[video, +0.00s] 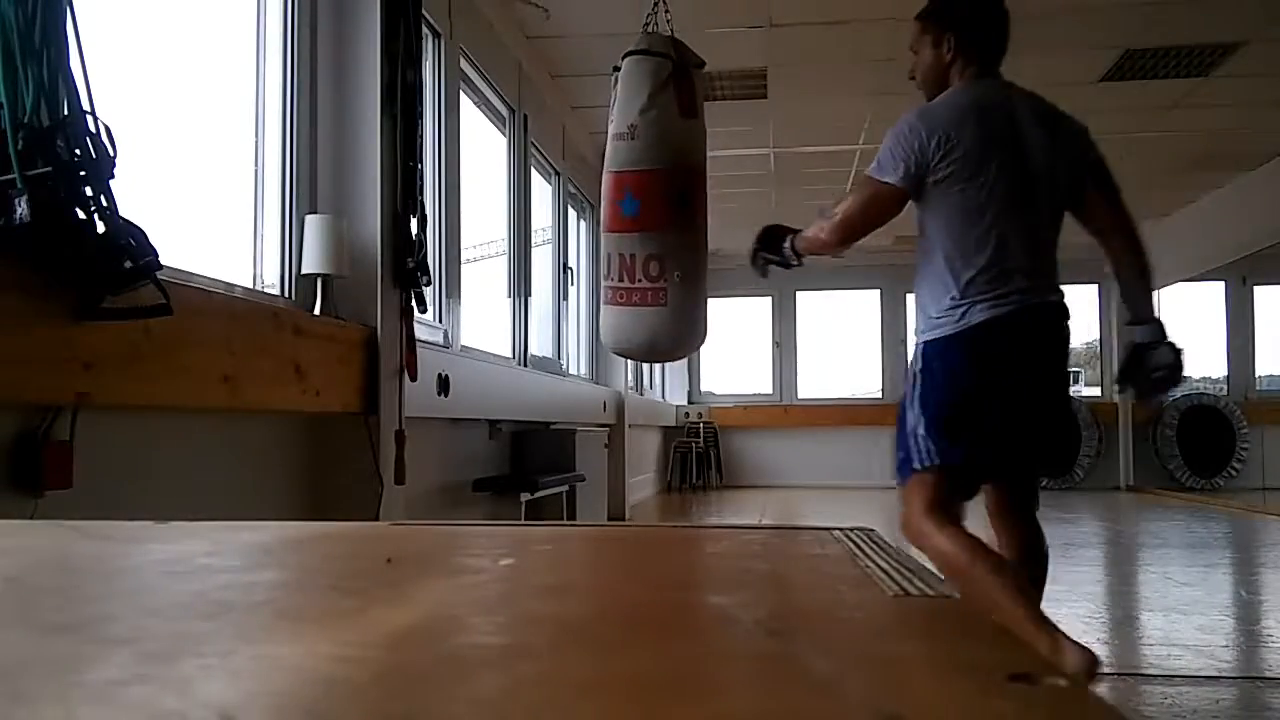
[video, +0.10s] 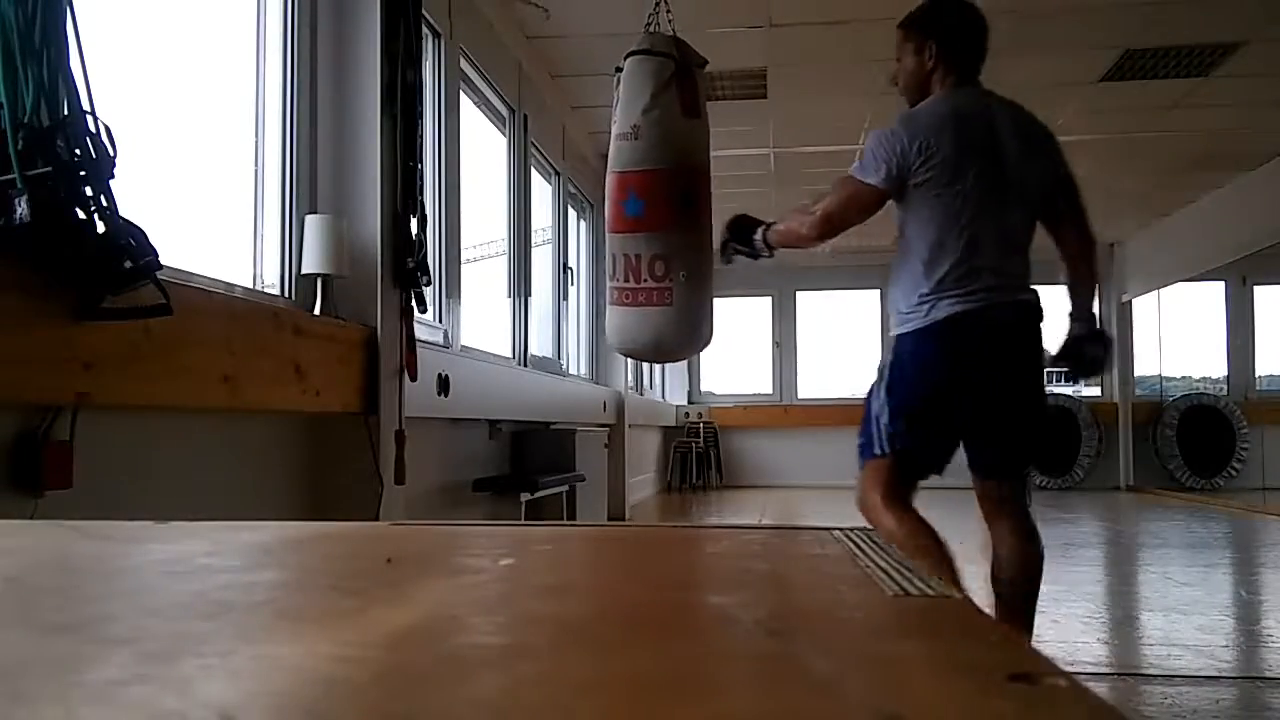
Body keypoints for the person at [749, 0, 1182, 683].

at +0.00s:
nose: (909, 63)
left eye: (916, 48)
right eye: (910, 48)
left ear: (953, 48)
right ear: (986, 48)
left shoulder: (928, 127)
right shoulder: (1055, 124)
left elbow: (840, 233)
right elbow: (1120, 235)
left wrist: (792, 243)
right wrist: (1144, 328)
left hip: (959, 342)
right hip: (1041, 338)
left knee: (925, 515)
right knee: (1013, 504)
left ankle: (1054, 649)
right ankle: (1020, 662)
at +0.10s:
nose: (893, 73)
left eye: (900, 57)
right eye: (895, 58)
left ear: (930, 56)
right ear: (963, 58)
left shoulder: (910, 135)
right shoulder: (1029, 133)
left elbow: (821, 223)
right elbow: (1077, 240)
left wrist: (761, 235)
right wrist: (1086, 323)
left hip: (933, 339)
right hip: (1012, 336)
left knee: (881, 496)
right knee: (1007, 505)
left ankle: (959, 623)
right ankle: (1012, 660)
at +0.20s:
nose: (875, 83)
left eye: (881, 68)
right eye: (877, 68)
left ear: (909, 70)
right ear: (946, 72)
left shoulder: (891, 145)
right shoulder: (1002, 144)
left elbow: (797, 227)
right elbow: (1045, 244)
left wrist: (728, 237)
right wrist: (1027, 299)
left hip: (911, 336)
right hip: (990, 333)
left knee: (861, 490)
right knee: (994, 497)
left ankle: (893, 642)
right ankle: (1010, 654)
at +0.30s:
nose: (852, 105)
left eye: (857, 90)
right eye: (855, 90)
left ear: (880, 90)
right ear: (920, 93)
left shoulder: (862, 165)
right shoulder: (970, 160)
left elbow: (774, 246)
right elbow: (1018, 252)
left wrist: (705, 254)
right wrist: (985, 287)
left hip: (886, 351)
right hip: (965, 346)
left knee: (844, 504)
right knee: (982, 499)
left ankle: (844, 649)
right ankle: (1004, 652)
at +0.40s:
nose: (823, 117)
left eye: (826, 105)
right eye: (824, 105)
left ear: (841, 106)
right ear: (887, 107)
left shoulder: (835, 175)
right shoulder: (936, 172)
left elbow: (778, 266)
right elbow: (994, 255)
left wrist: (701, 269)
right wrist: (961, 291)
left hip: (855, 355)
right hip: (929, 352)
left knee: (821, 495)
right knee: (957, 493)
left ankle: (817, 633)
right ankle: (996, 637)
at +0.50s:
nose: (795, 130)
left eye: (797, 117)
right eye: (796, 117)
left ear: (812, 119)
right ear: (858, 117)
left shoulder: (818, 180)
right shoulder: (912, 177)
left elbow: (782, 260)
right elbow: (966, 253)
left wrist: (697, 268)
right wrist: (951, 310)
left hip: (840, 349)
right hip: (905, 346)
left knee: (808, 487)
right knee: (917, 483)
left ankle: (813, 614)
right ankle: (954, 600)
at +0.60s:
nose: (783, 139)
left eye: (784, 125)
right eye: (783, 125)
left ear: (801, 124)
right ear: (842, 123)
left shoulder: (813, 177)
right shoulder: (891, 182)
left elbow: (781, 250)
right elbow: (938, 258)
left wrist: (692, 262)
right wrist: (934, 330)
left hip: (830, 352)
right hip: (891, 349)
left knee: (806, 488)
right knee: (884, 478)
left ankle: (816, 607)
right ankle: (912, 592)